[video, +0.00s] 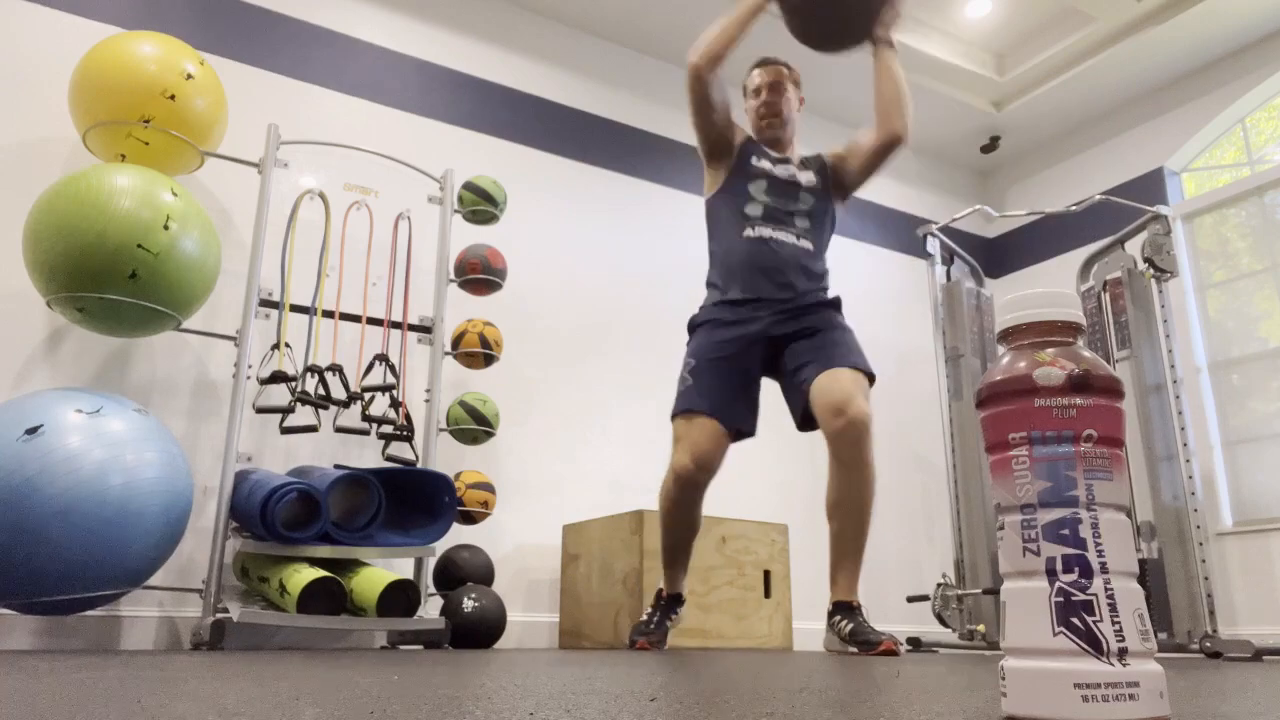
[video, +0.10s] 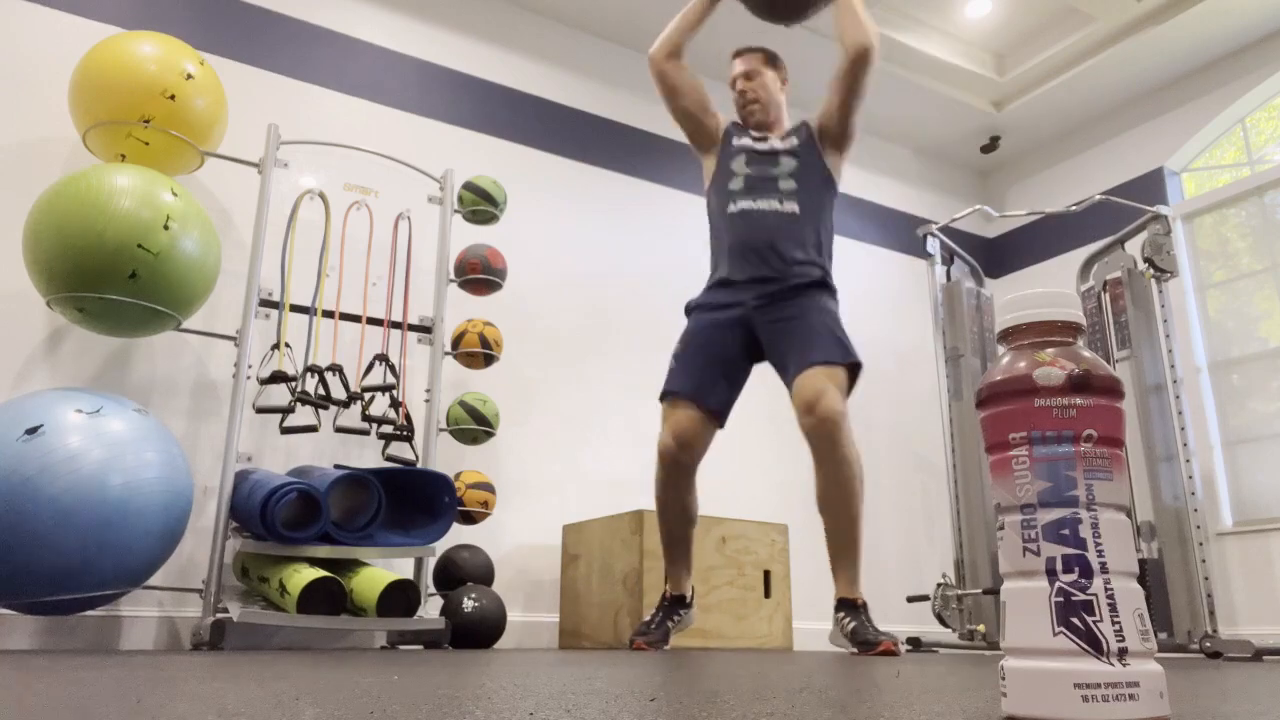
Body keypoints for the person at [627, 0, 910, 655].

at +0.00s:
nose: (767, 94)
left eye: (779, 86)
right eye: (757, 88)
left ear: (801, 102)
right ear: (743, 108)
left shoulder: (826, 174)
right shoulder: (727, 153)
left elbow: (892, 131)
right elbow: (699, 67)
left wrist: (883, 40)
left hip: (810, 317)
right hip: (728, 318)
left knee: (850, 415)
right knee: (690, 465)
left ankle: (845, 608)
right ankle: (669, 596)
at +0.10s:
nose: (741, 83)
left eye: (753, 73)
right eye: (735, 79)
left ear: (784, 83)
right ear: (731, 96)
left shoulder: (821, 140)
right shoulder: (718, 144)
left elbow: (861, 48)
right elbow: (663, 58)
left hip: (801, 297)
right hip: (724, 302)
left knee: (825, 412)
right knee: (675, 444)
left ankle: (850, 604)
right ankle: (676, 596)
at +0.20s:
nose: (718, 73)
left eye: (727, 59)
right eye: (713, 67)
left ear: (762, 58)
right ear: (715, 79)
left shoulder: (805, 99)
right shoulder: (716, 129)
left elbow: (810, 16)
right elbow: (649, 71)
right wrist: (692, 4)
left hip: (788, 272)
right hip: (717, 280)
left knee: (798, 398)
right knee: (679, 419)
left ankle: (859, 594)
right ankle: (674, 591)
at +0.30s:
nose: (693, 65)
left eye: (702, 50)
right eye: (690, 59)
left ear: (738, 44)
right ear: (699, 70)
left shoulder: (781, 66)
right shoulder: (711, 118)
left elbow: (750, 0)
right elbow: (648, 98)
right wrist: (672, 32)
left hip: (778, 248)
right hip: (722, 264)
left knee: (797, 389)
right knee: (683, 409)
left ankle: (889, 571)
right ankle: (679, 582)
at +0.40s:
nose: (675, 85)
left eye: (681, 70)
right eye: (669, 79)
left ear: (706, 56)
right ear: (678, 85)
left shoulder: (747, 66)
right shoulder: (695, 134)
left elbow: (678, 8)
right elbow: (655, 134)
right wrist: (662, 77)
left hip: (777, 249)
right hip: (731, 273)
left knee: (807, 402)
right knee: (684, 419)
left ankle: (921, 570)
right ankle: (695, 590)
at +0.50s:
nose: (646, 120)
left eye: (647, 109)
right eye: (640, 116)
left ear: (650, 67)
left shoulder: (709, 102)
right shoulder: (690, 165)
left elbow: (606, 71)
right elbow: (659, 182)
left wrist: (616, 20)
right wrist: (651, 127)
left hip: (781, 279)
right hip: (742, 303)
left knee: (798, 430)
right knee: (688, 439)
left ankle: (943, 585)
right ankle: (711, 609)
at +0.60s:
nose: (612, 175)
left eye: (598, 160)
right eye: (600, 167)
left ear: (614, 143)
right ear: (618, 161)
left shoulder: (677, 152)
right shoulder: (686, 211)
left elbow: (572, 173)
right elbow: (648, 248)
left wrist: (558, 125)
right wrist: (636, 192)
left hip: (792, 310)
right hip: (752, 331)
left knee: (757, 457)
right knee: (680, 444)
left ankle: (925, 580)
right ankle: (712, 612)